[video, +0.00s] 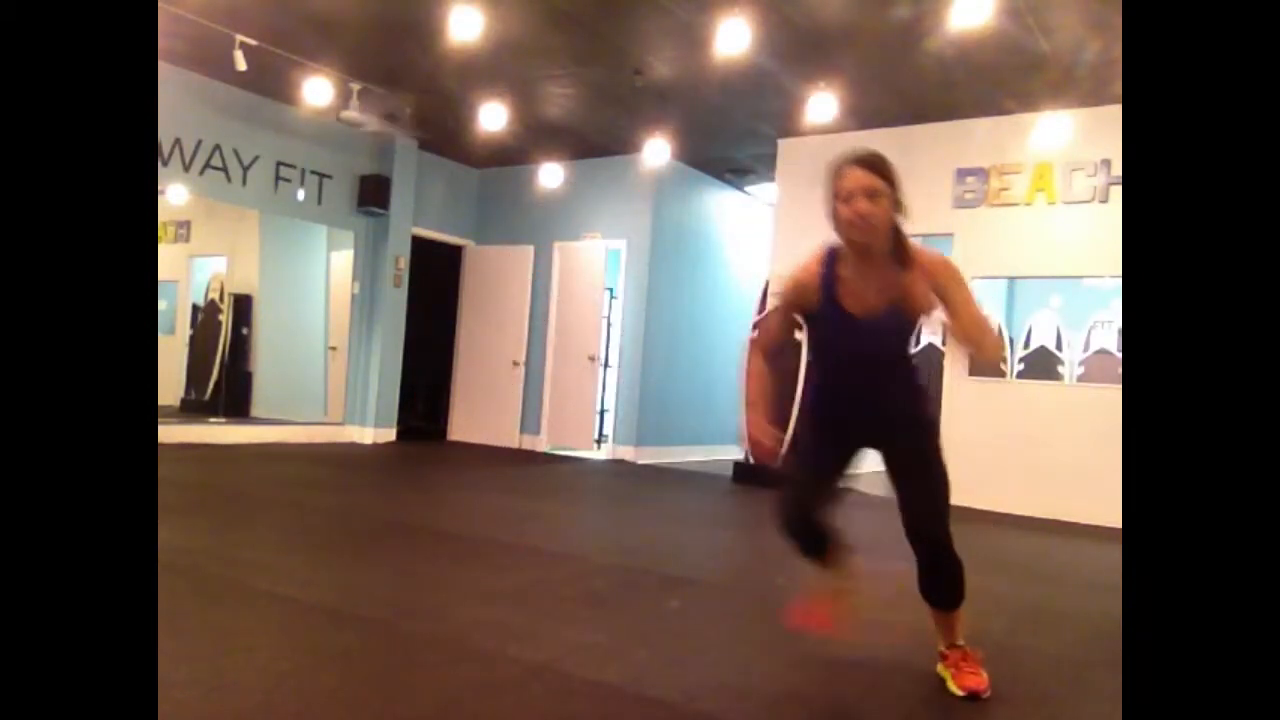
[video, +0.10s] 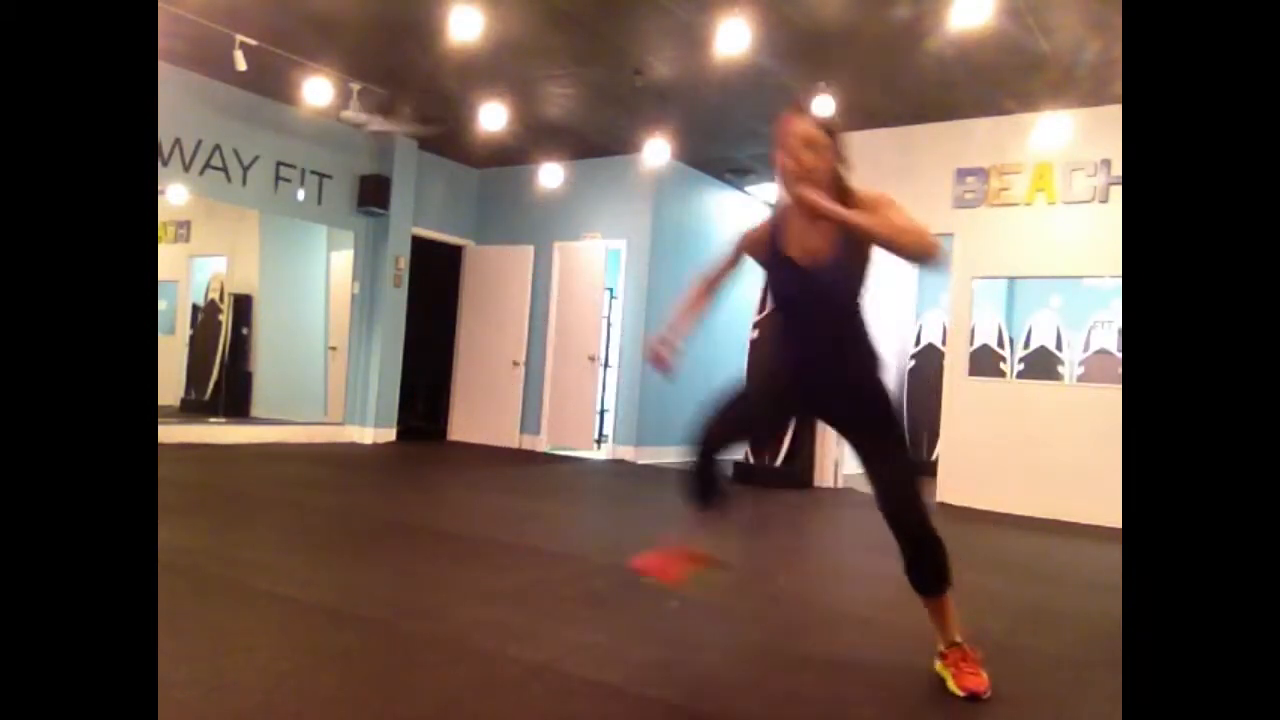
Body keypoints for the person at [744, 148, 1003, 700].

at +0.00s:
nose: (859, 208)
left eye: (872, 196)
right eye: (847, 198)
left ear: (894, 207)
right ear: (833, 211)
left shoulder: (928, 272)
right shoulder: (811, 278)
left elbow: (990, 350)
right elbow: (761, 347)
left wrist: (955, 314)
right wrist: (758, 418)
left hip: (899, 409)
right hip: (830, 410)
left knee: (930, 532)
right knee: (796, 515)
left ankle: (953, 647)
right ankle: (841, 571)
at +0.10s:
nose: (797, 158)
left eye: (810, 148)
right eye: (787, 148)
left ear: (835, 158)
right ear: (775, 159)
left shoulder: (865, 210)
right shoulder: (766, 234)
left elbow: (926, 247)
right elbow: (711, 284)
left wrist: (835, 210)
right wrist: (672, 336)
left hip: (850, 384)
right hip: (782, 381)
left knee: (903, 507)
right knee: (710, 442)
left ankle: (952, 643)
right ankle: (703, 542)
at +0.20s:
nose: (732, 121)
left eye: (747, 110)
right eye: (721, 111)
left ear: (773, 121)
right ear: (709, 124)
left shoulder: (800, 183)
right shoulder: (700, 197)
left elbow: (851, 225)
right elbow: (658, 243)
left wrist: (766, 198)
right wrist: (620, 296)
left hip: (790, 349)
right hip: (725, 344)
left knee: (860, 476)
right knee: (637, 423)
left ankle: (931, 602)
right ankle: (579, 524)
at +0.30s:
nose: (679, 126)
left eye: (690, 116)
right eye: (668, 117)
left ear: (712, 129)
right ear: (655, 133)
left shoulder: (734, 189)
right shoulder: (643, 199)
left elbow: (772, 246)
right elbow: (605, 250)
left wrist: (705, 215)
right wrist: (570, 300)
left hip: (729, 346)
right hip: (663, 343)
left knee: (784, 451)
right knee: (587, 440)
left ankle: (857, 554)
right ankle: (516, 540)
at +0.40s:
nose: (612, 174)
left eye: (624, 164)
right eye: (606, 166)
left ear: (653, 172)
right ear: (601, 177)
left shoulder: (679, 242)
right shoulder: (590, 234)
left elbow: (688, 306)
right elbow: (564, 283)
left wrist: (626, 255)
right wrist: (534, 333)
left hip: (665, 376)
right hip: (603, 372)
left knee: (704, 483)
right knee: (548, 470)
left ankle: (753, 515)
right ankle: (500, 588)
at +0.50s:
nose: (568, 224)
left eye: (583, 215)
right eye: (561, 213)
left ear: (606, 228)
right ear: (550, 223)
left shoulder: (629, 293)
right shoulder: (545, 277)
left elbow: (614, 374)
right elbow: (537, 322)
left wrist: (553, 304)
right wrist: (519, 365)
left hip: (623, 400)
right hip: (566, 388)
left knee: (618, 524)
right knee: (512, 480)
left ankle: (653, 513)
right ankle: (494, 595)